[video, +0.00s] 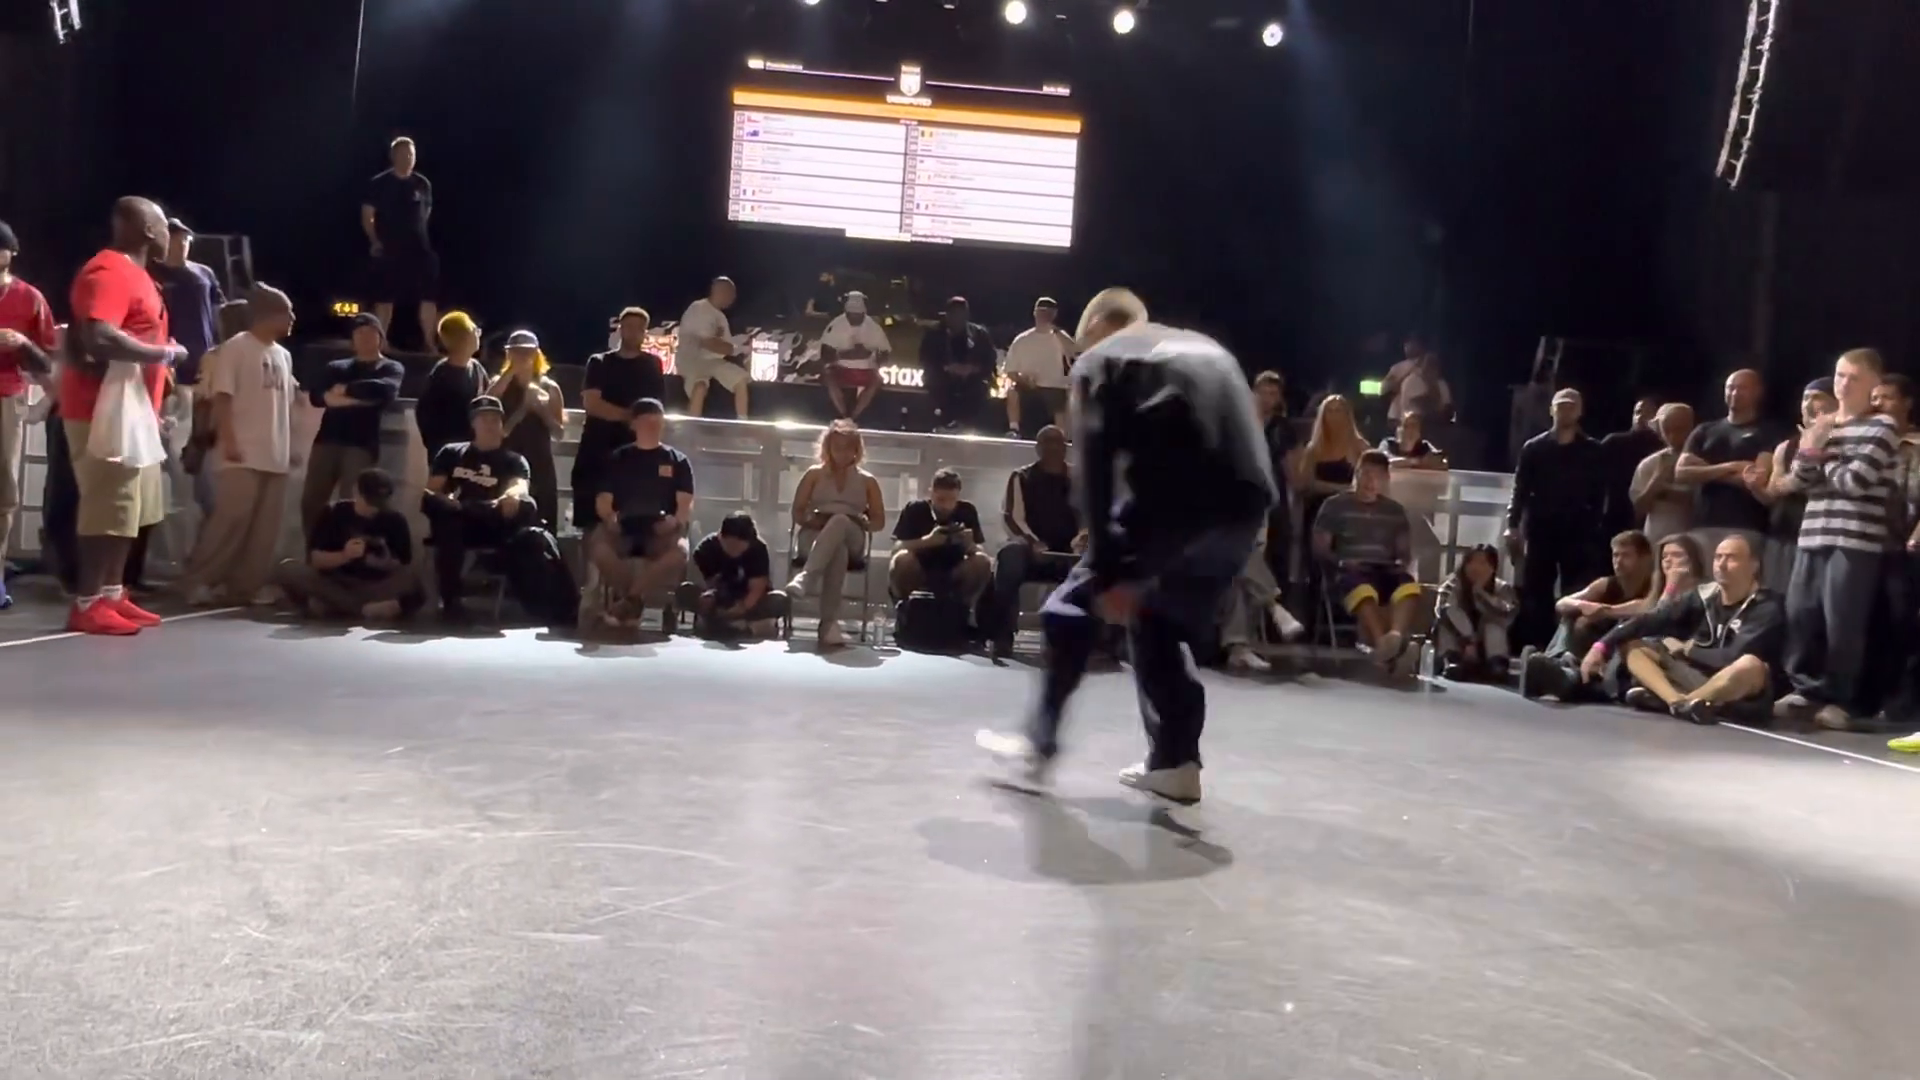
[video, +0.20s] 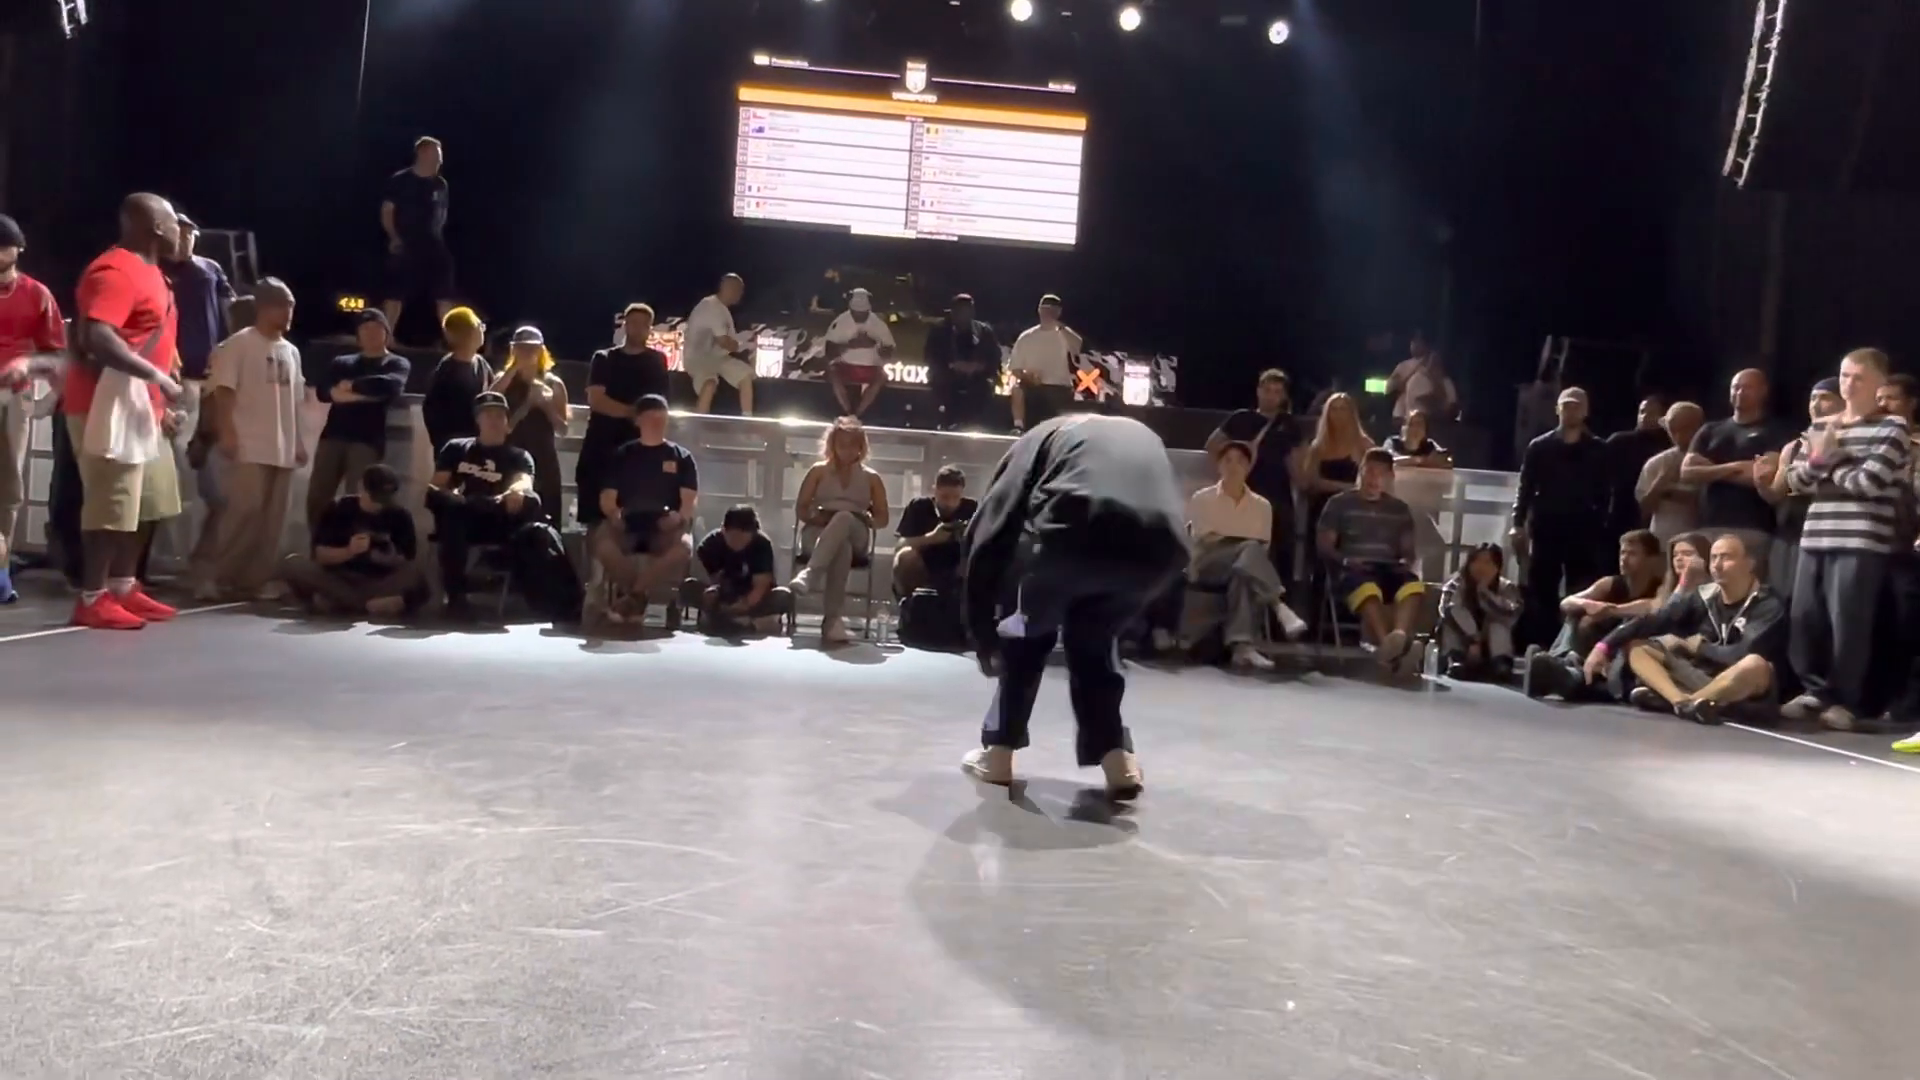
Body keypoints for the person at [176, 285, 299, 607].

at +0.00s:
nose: (292, 319)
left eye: (291, 313)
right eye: (286, 313)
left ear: (277, 317)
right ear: (266, 316)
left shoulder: (282, 355)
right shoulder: (234, 348)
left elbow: (286, 403)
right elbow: (222, 398)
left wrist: (287, 446)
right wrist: (228, 440)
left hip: (274, 452)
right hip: (240, 452)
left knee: (265, 527)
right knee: (232, 517)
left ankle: (250, 585)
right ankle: (199, 579)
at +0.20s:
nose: (290, 314)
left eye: (291, 308)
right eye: (283, 307)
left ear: (288, 311)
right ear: (263, 308)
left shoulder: (290, 352)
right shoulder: (236, 345)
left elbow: (296, 402)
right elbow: (224, 393)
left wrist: (298, 440)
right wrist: (227, 432)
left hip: (281, 449)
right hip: (247, 448)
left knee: (272, 521)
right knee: (244, 511)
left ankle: (256, 580)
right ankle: (211, 574)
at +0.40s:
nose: (291, 311)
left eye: (294, 305)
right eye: (285, 304)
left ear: (295, 309)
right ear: (265, 305)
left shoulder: (297, 350)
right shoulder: (240, 342)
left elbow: (301, 401)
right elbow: (223, 389)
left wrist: (304, 440)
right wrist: (226, 427)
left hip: (285, 448)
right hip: (249, 446)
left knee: (275, 520)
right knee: (244, 513)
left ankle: (259, 579)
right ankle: (218, 574)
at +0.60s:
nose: (293, 308)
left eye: (295, 302)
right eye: (286, 301)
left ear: (297, 306)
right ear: (268, 302)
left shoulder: (300, 348)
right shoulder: (243, 338)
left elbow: (304, 398)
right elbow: (226, 384)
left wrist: (306, 438)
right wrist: (233, 423)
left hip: (287, 445)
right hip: (250, 442)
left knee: (277, 517)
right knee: (241, 509)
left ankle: (264, 575)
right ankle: (213, 571)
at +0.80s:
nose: (286, 303)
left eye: (289, 297)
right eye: (279, 296)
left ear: (291, 301)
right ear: (260, 298)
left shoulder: (296, 343)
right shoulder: (238, 335)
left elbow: (301, 394)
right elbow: (224, 383)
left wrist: (305, 433)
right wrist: (231, 424)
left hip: (284, 443)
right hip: (246, 440)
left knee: (276, 516)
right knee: (236, 509)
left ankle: (265, 574)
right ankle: (206, 571)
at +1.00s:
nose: (275, 295)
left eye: (278, 289)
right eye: (268, 289)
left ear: (279, 294)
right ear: (250, 292)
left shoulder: (287, 337)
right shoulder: (228, 330)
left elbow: (296, 387)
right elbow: (215, 375)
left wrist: (298, 427)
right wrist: (215, 409)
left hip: (278, 438)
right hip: (237, 435)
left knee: (274, 511)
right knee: (224, 506)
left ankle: (268, 569)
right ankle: (209, 568)